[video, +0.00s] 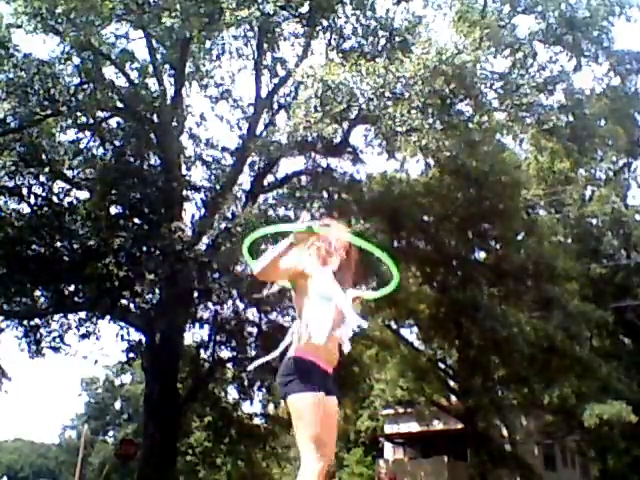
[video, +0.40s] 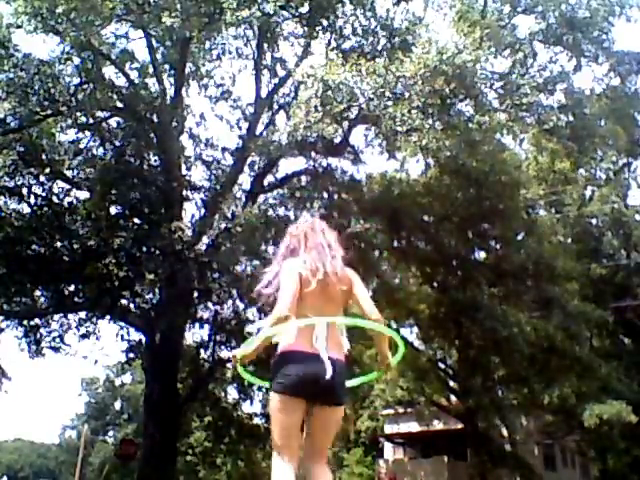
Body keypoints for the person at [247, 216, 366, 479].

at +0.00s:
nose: (342, 253)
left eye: (345, 248)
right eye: (338, 245)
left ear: (345, 252)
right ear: (323, 243)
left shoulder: (333, 282)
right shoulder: (304, 268)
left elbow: (330, 320)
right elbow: (261, 272)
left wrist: (350, 299)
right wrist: (293, 240)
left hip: (326, 376)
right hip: (303, 369)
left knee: (325, 463)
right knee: (314, 461)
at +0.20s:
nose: (345, 253)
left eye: (345, 248)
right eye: (343, 247)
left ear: (307, 242)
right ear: (333, 243)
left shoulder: (288, 272)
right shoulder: (333, 264)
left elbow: (269, 318)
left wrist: (293, 326)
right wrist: (385, 290)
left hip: (287, 364)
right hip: (325, 360)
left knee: (300, 458)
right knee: (326, 461)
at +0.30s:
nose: (344, 247)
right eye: (342, 242)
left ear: (299, 240)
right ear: (336, 241)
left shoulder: (287, 268)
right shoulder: (343, 267)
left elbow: (271, 312)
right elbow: (361, 306)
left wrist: (262, 337)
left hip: (288, 361)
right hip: (332, 362)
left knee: (286, 455)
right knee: (334, 458)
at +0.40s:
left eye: (291, 244)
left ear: (295, 244)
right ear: (331, 245)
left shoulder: (293, 268)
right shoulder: (347, 275)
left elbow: (284, 313)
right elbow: (376, 318)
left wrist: (253, 348)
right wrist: (384, 355)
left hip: (294, 363)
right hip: (335, 367)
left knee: (284, 456)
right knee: (319, 460)